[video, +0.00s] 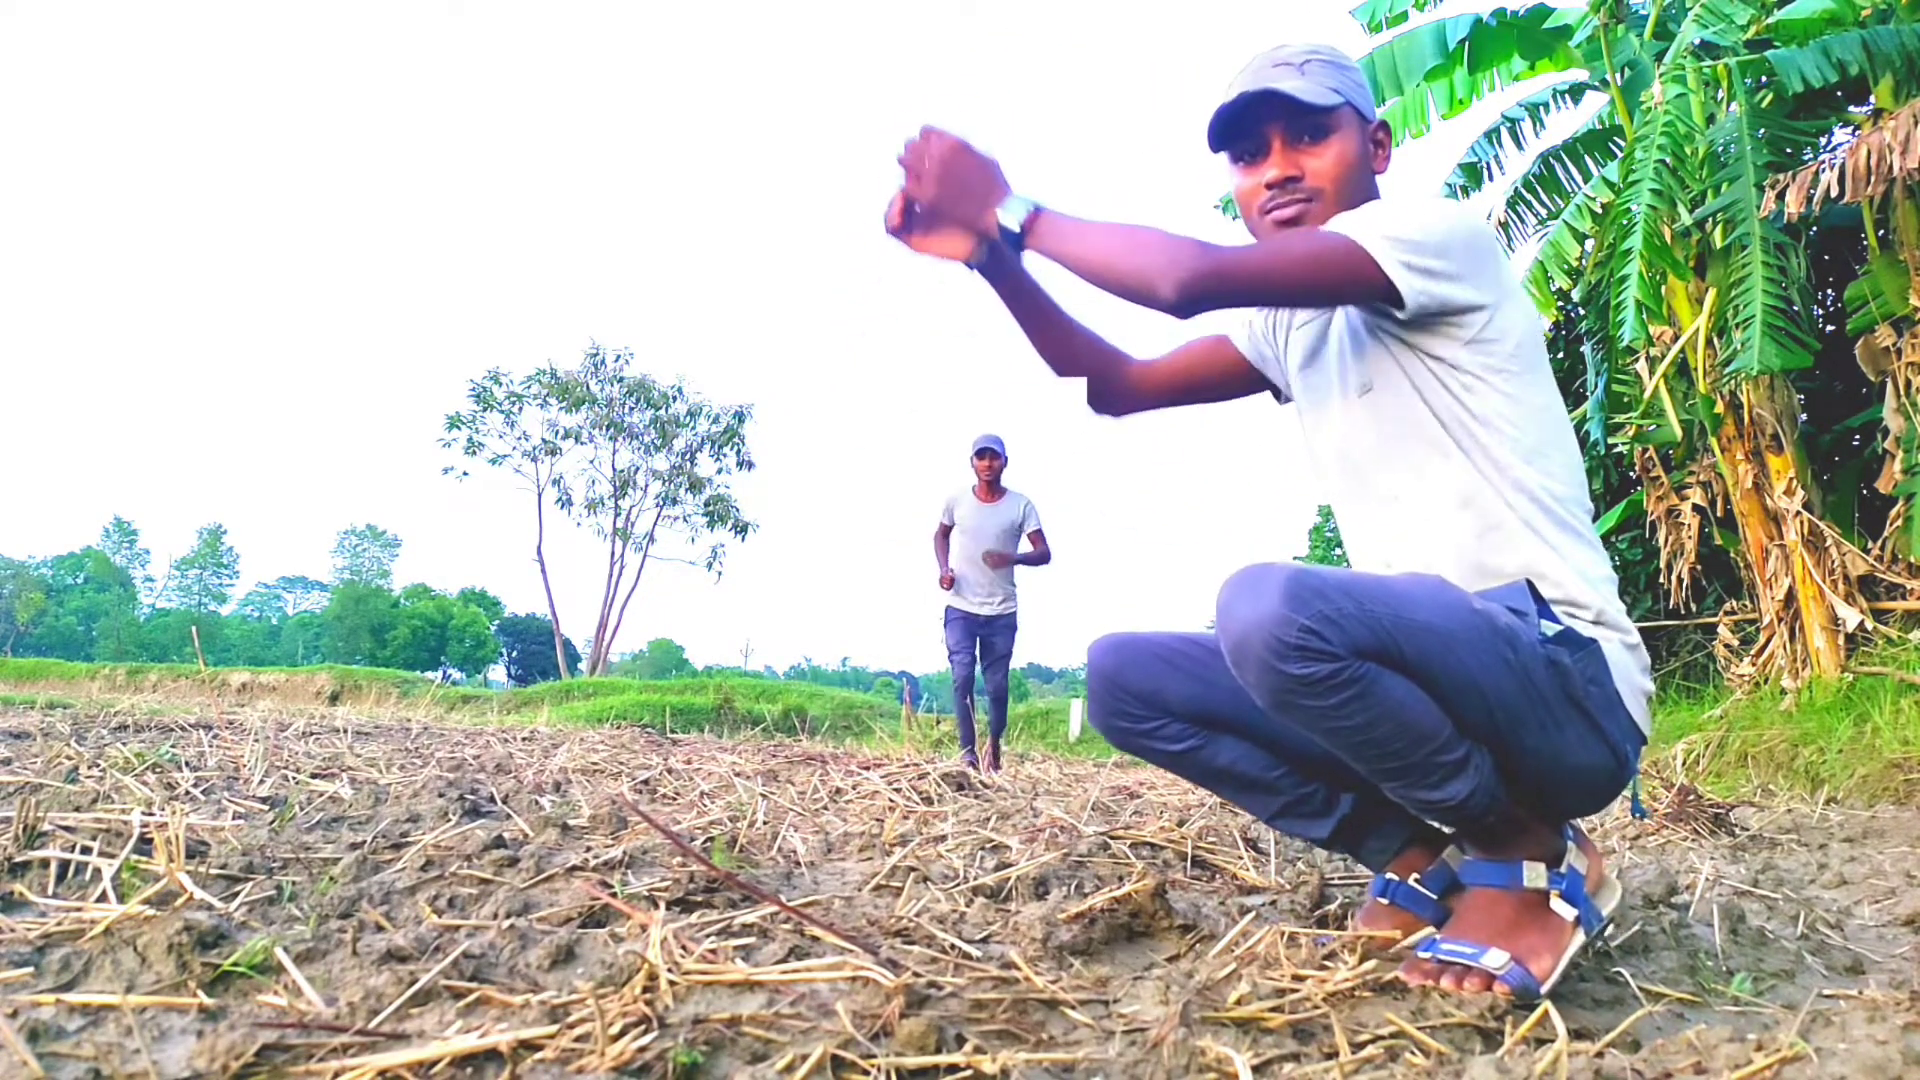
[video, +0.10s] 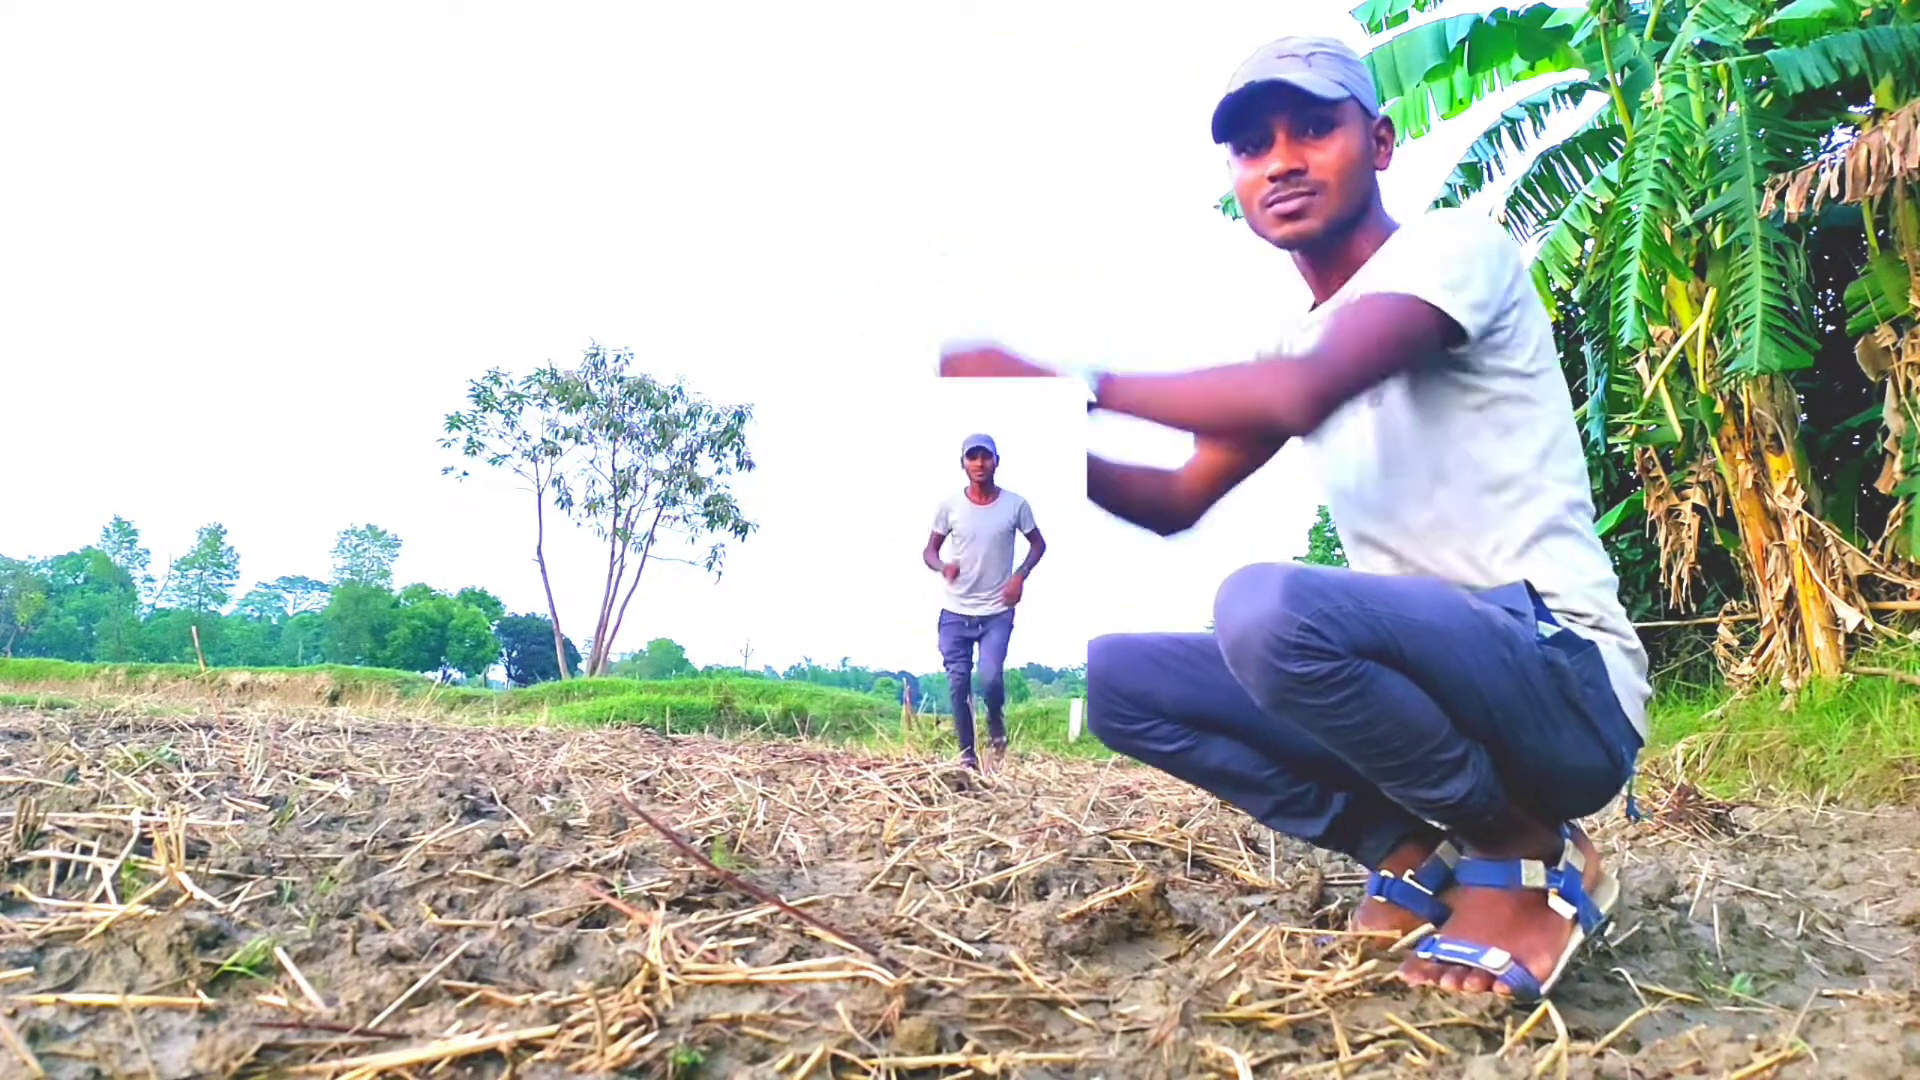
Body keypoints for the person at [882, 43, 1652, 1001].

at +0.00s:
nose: (1275, 167)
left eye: (1309, 132)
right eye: (1247, 148)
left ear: (1379, 149)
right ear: (1231, 180)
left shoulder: (1443, 239)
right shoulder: (1295, 328)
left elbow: (1189, 278)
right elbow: (1116, 383)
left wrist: (1011, 212)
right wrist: (991, 257)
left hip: (1566, 670)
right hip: (1435, 684)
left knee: (1271, 611)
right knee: (1124, 681)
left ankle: (1520, 859)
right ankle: (1425, 854)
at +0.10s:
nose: (1281, 161)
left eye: (1313, 129)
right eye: (1252, 143)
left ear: (1381, 147)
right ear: (1235, 186)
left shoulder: (1459, 247)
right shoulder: (1301, 346)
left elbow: (1295, 397)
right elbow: (1179, 501)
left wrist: (1077, 386)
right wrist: (1041, 453)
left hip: (1567, 676)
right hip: (1434, 700)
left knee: (1268, 613)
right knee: (1122, 681)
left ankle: (1518, 859)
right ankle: (1415, 858)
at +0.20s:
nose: (1273, 168)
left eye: (1302, 136)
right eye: (1241, 150)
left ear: (1364, 151)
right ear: (1220, 190)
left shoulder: (1457, 259)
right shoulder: (1275, 369)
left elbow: (1387, 461)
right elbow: (1228, 554)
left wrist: (1147, 494)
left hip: (1573, 684)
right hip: (1420, 707)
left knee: (1278, 608)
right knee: (1122, 677)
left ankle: (1521, 859)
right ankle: (1411, 853)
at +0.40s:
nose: (1226, 163)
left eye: (1249, 120)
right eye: (1188, 144)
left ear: (1312, 112)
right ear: (1163, 176)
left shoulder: (1438, 205)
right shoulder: (1236, 323)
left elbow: (1496, 432)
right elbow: (1251, 520)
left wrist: (1227, 473)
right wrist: (1168, 578)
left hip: (1615, 606)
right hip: (1439, 632)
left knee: (1390, 528)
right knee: (1158, 629)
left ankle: (1529, 864)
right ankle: (1416, 860)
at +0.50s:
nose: (1247, 67)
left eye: (1272, 23)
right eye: (1207, 43)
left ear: (1337, 15)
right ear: (1175, 71)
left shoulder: (1479, 120)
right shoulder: (1226, 220)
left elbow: (1533, 378)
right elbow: (1249, 434)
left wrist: (1276, 469)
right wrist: (1193, 551)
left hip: (1626, 465)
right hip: (1426, 491)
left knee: (1445, 500)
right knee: (1187, 594)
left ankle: (1533, 864)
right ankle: (1426, 864)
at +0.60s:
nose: (1338, 73)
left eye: (1367, 48)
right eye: (1315, 44)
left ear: (1428, 12)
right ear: (1295, 11)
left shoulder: (1556, 28)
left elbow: (1561, 316)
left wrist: (1348, 507)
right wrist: (1264, 550)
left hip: (1634, 332)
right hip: (1449, 359)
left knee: (1500, 505)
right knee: (1220, 555)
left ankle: (1542, 876)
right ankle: (1429, 856)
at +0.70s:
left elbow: (1616, 234)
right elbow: (1262, 228)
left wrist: (1429, 454)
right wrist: (1278, 468)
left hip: (1626, 264)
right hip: (1443, 297)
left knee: (1519, 508)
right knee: (1234, 519)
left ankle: (1551, 886)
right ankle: (1413, 834)